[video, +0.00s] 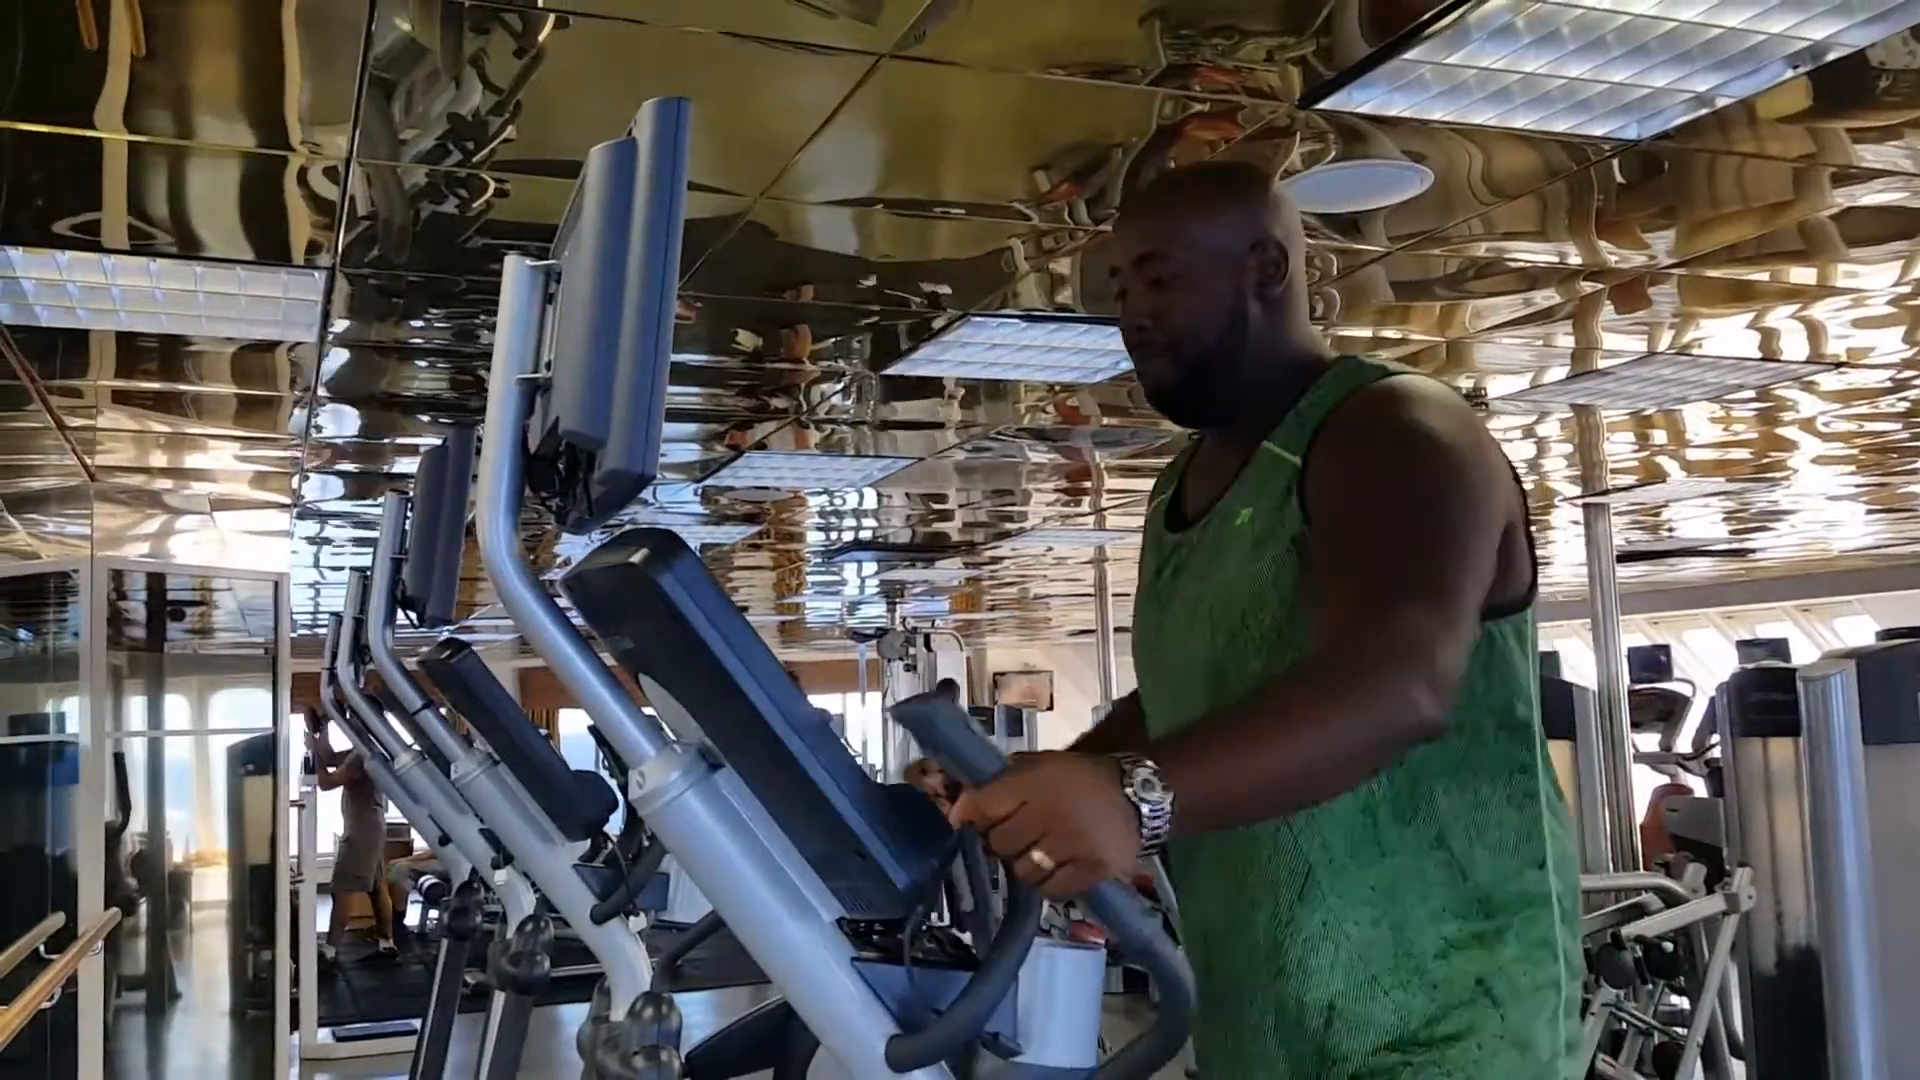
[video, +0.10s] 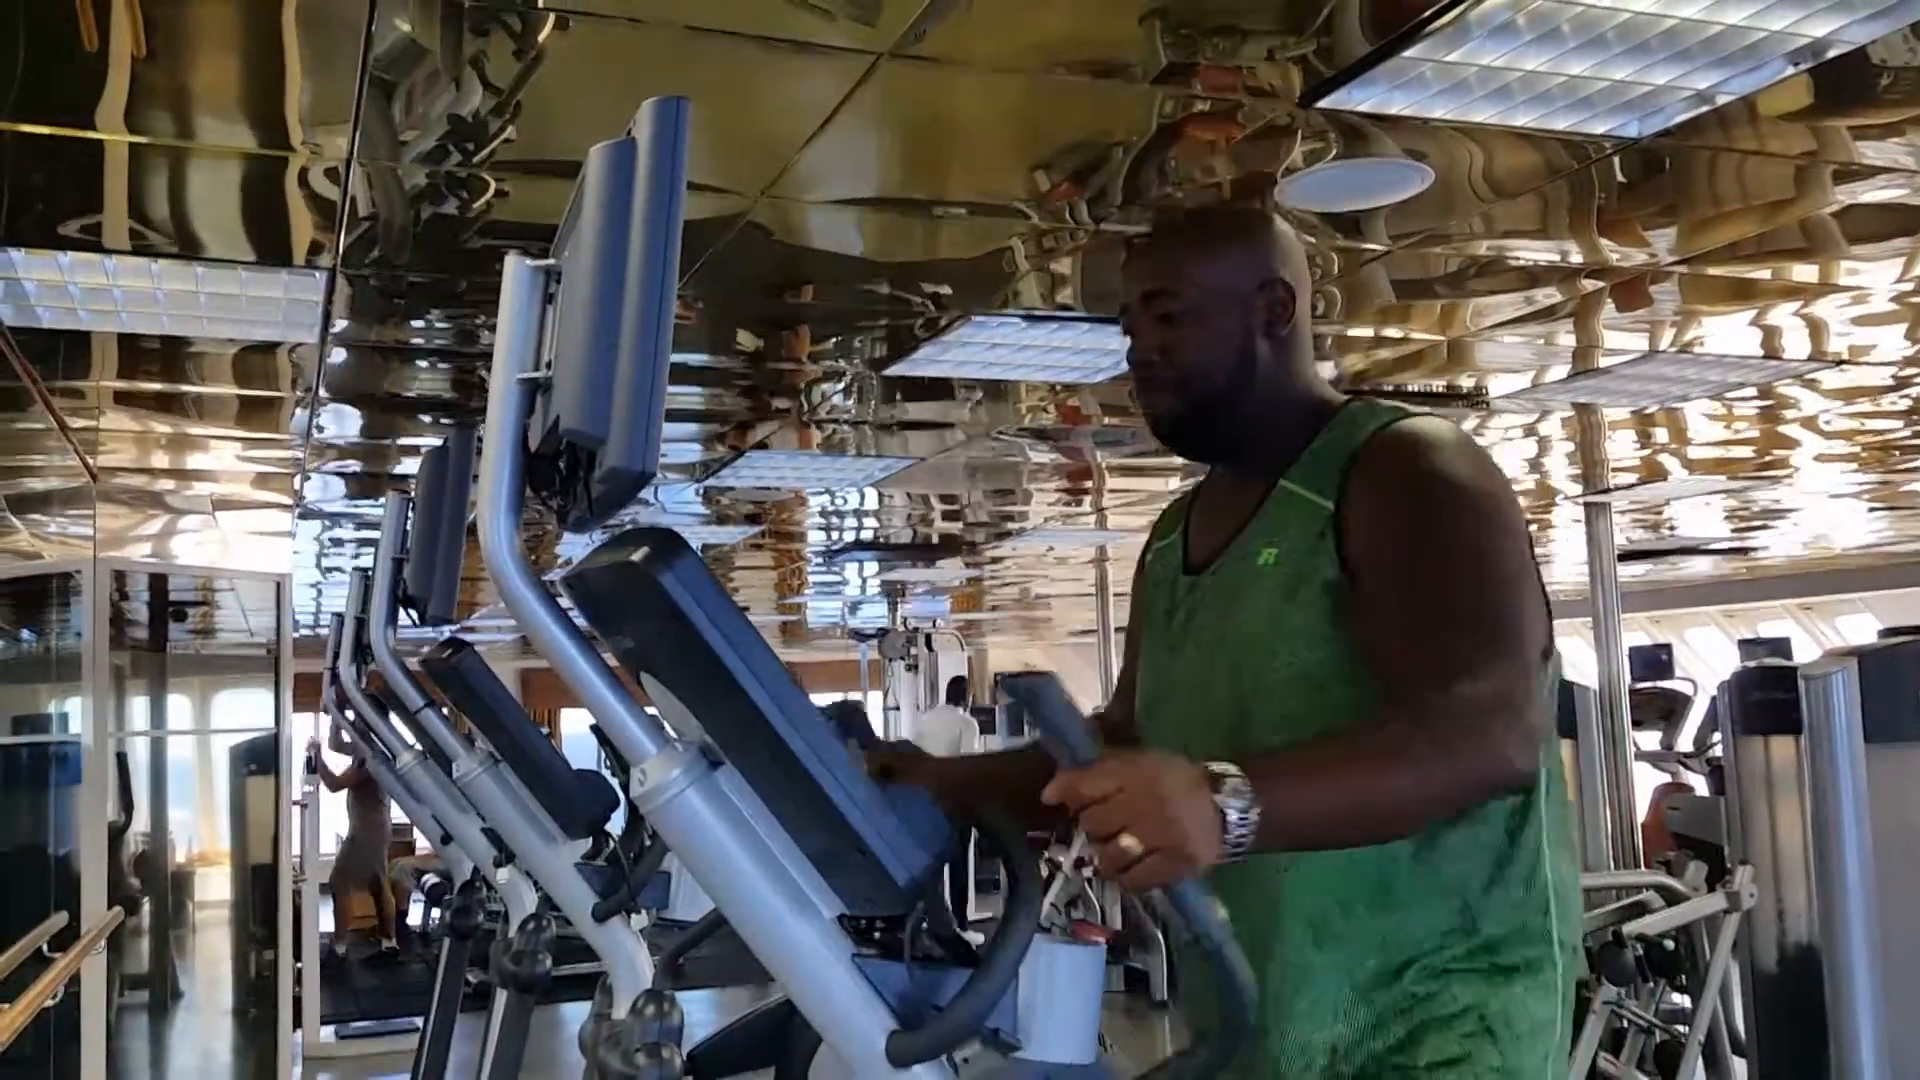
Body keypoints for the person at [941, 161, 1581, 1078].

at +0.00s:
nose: (1129, 317)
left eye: (1159, 279)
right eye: (1123, 290)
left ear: (1266, 274)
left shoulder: (1408, 436)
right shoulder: (1188, 483)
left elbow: (1398, 682)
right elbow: (1189, 693)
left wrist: (1139, 797)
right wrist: (1049, 792)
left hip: (1440, 1016)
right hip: (1257, 1019)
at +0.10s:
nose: (1136, 351)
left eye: (1166, 316)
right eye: (1131, 324)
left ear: (1273, 313)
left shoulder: (1418, 472)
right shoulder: (1177, 537)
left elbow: (1494, 731)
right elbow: (1131, 754)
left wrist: (1231, 803)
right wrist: (955, 786)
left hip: (1431, 1025)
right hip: (1244, 1025)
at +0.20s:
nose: (1141, 370)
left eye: (1165, 329)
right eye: (1132, 343)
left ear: (1276, 320)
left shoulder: (1432, 487)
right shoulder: (1173, 559)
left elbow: (1581, 749)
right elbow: (1081, 761)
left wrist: (1343, 835)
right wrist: (872, 779)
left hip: (1444, 1022)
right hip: (1249, 1031)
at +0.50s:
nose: (1132, 285)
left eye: (1164, 241)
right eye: (1128, 251)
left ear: (1276, 236)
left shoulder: (1444, 403)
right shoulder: (1151, 493)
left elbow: (1630, 665)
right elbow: (1013, 669)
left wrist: (1434, 847)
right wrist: (826, 766)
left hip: (1479, 1019)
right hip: (1265, 1022)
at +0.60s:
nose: (1132, 285)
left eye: (1164, 244)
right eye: (1131, 252)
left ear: (1281, 238)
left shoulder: (1442, 408)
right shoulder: (1162, 500)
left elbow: (1623, 673)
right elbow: (1041, 675)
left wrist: (1380, 829)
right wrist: (835, 767)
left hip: (1494, 1029)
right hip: (1260, 1034)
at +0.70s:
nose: (1144, 316)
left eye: (1176, 279)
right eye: (1141, 291)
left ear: (1294, 279)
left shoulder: (1443, 462)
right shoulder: (1187, 528)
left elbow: (1583, 740)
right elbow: (1099, 706)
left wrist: (1285, 822)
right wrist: (881, 772)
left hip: (1488, 1048)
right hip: (1243, 1046)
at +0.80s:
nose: (1152, 340)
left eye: (1182, 301)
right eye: (1150, 308)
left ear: (1299, 299)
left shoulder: (1445, 480)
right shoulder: (1213, 522)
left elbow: (1500, 771)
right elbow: (1152, 717)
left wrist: (1190, 803)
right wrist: (959, 777)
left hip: (1468, 1045)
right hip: (1260, 1041)